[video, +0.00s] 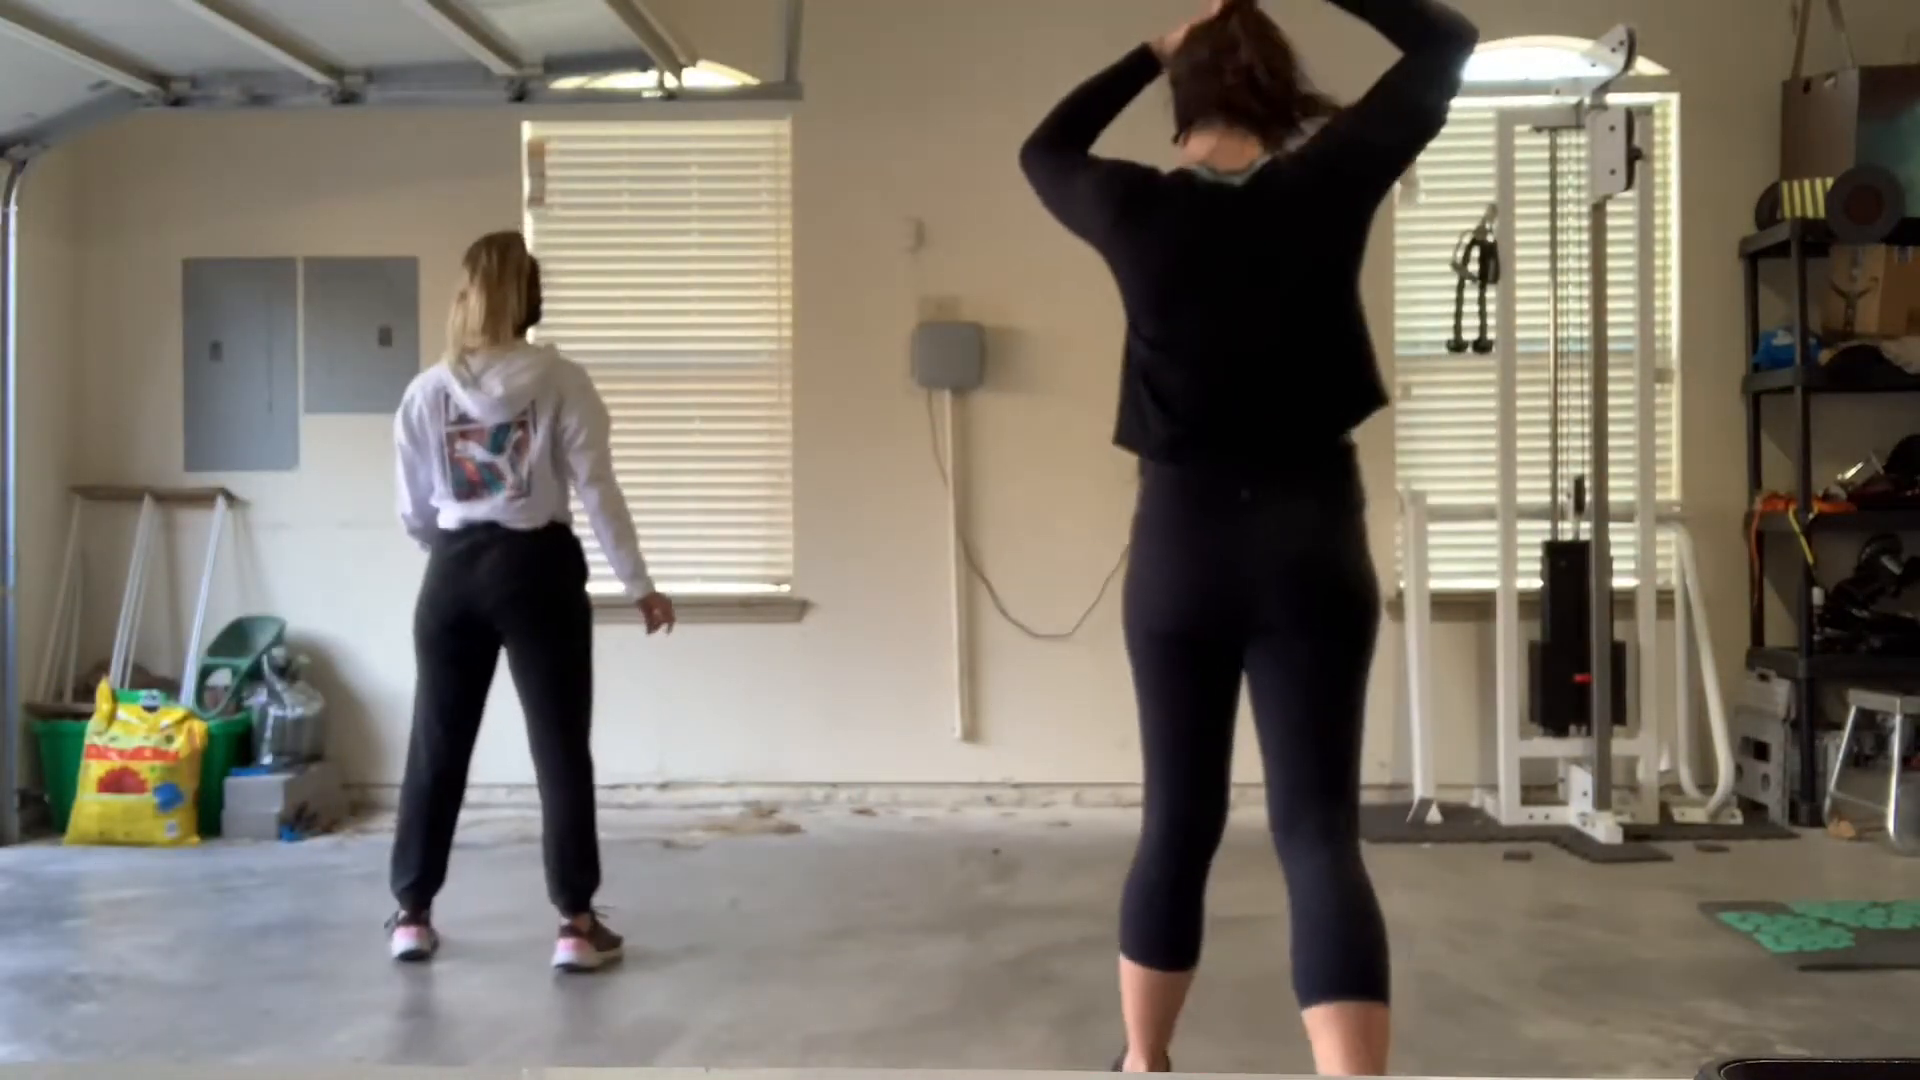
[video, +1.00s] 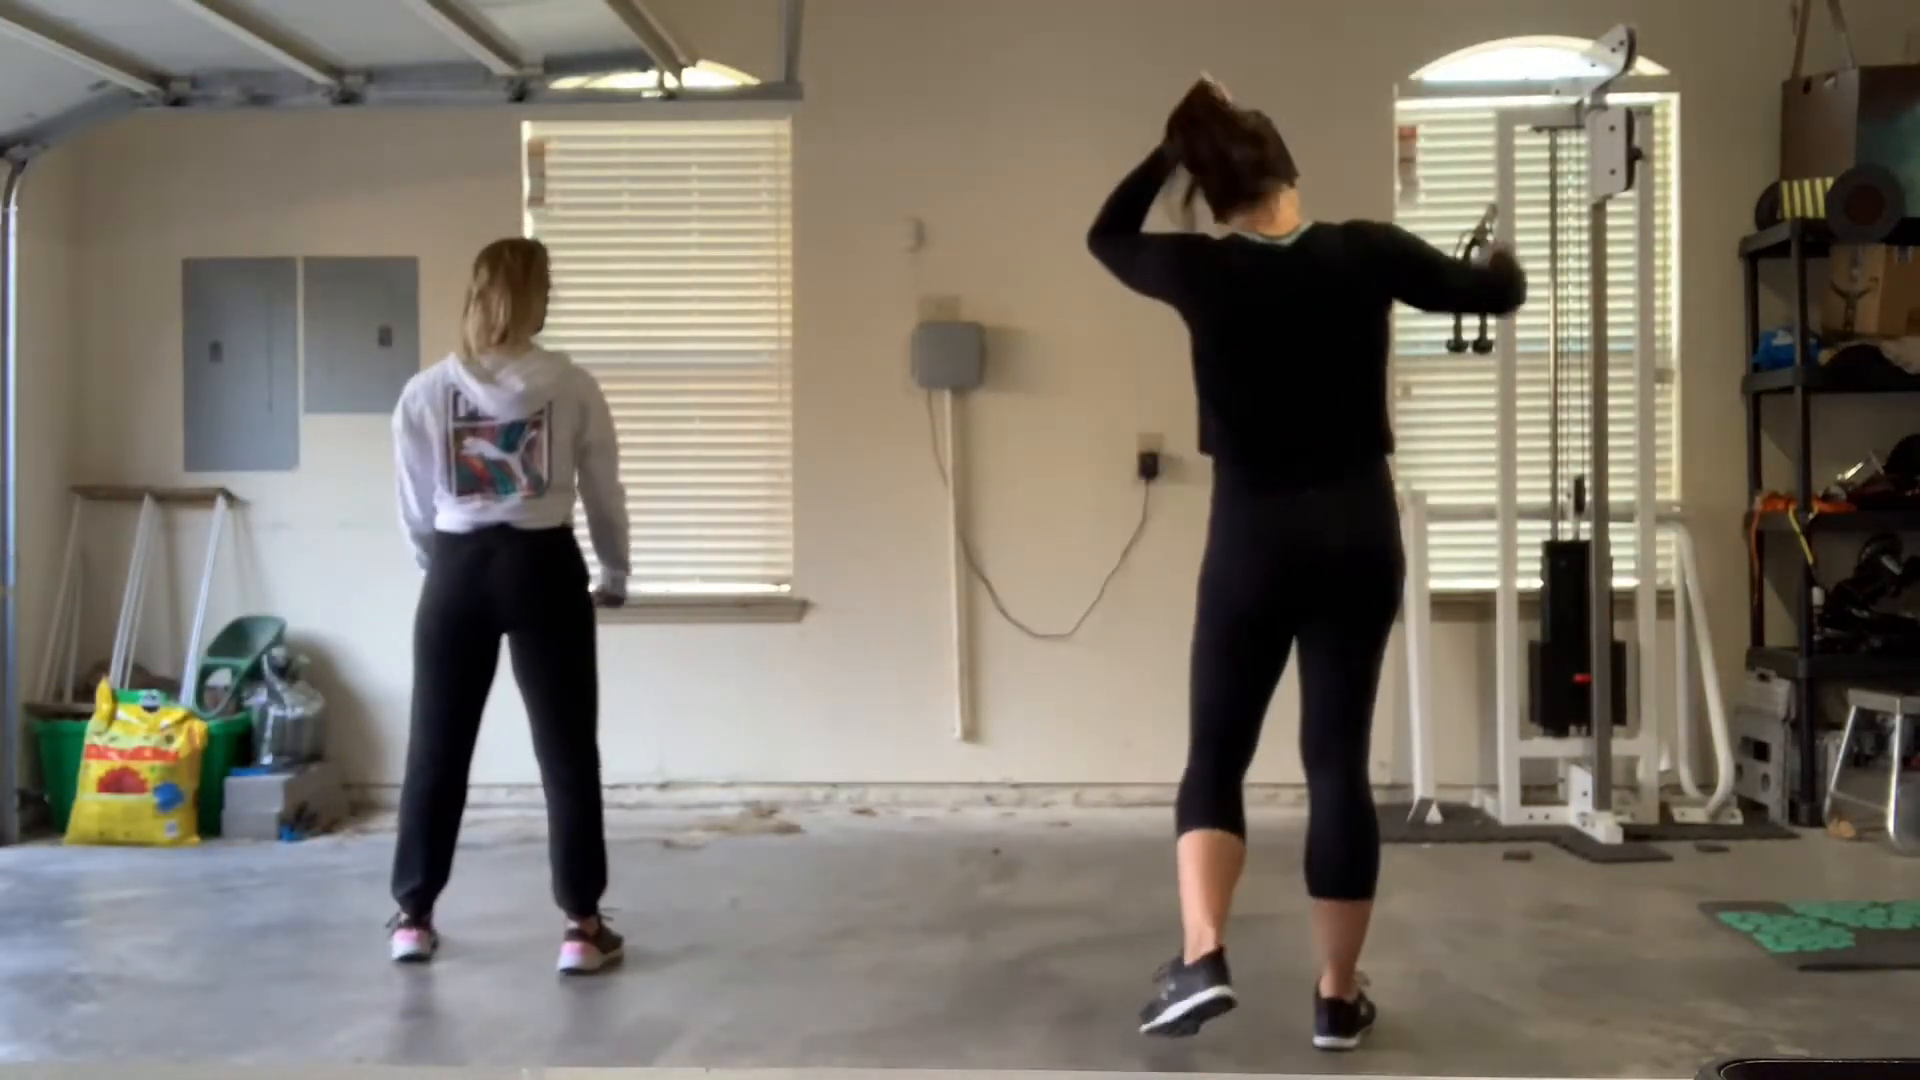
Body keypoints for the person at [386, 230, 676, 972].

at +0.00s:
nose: (538, 297)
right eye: (537, 286)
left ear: (464, 296)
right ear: (532, 296)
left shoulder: (426, 392)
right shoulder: (560, 379)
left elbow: (415, 512)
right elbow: (596, 489)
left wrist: (458, 550)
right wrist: (640, 583)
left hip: (452, 575)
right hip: (541, 572)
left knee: (436, 746)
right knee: (561, 749)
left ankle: (411, 918)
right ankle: (576, 924)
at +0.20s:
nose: (531, 302)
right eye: (536, 289)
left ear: (466, 298)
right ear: (535, 298)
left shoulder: (428, 392)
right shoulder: (566, 380)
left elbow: (416, 511)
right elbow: (595, 495)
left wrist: (445, 569)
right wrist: (627, 584)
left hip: (459, 573)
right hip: (550, 572)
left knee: (437, 749)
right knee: (571, 753)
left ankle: (413, 918)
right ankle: (582, 925)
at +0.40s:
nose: (542, 301)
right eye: (540, 290)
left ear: (470, 296)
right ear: (537, 298)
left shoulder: (425, 393)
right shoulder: (567, 382)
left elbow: (409, 512)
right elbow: (592, 488)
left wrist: (399, 605)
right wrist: (613, 563)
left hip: (448, 576)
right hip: (538, 574)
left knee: (431, 754)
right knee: (561, 752)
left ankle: (411, 919)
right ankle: (578, 926)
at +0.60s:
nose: (530, 306)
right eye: (543, 291)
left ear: (474, 297)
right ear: (543, 299)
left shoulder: (429, 391)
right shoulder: (572, 382)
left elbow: (394, 507)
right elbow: (604, 493)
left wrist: (359, 596)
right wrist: (622, 524)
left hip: (458, 576)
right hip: (549, 575)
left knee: (436, 746)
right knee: (569, 751)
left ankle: (412, 917)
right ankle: (582, 926)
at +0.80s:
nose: (548, 304)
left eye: (541, 289)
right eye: (546, 292)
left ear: (473, 294)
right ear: (539, 298)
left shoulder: (427, 387)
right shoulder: (569, 381)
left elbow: (396, 496)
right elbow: (605, 477)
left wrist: (381, 586)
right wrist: (621, 530)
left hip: (458, 575)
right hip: (549, 572)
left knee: (435, 748)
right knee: (568, 750)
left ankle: (410, 918)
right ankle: (580, 926)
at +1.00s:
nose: (539, 305)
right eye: (540, 293)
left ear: (473, 296)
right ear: (540, 299)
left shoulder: (424, 392)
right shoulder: (572, 385)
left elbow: (416, 508)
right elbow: (604, 496)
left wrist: (437, 562)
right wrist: (614, 572)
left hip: (457, 574)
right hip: (547, 572)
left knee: (436, 749)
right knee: (568, 751)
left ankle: (413, 919)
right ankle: (581, 926)